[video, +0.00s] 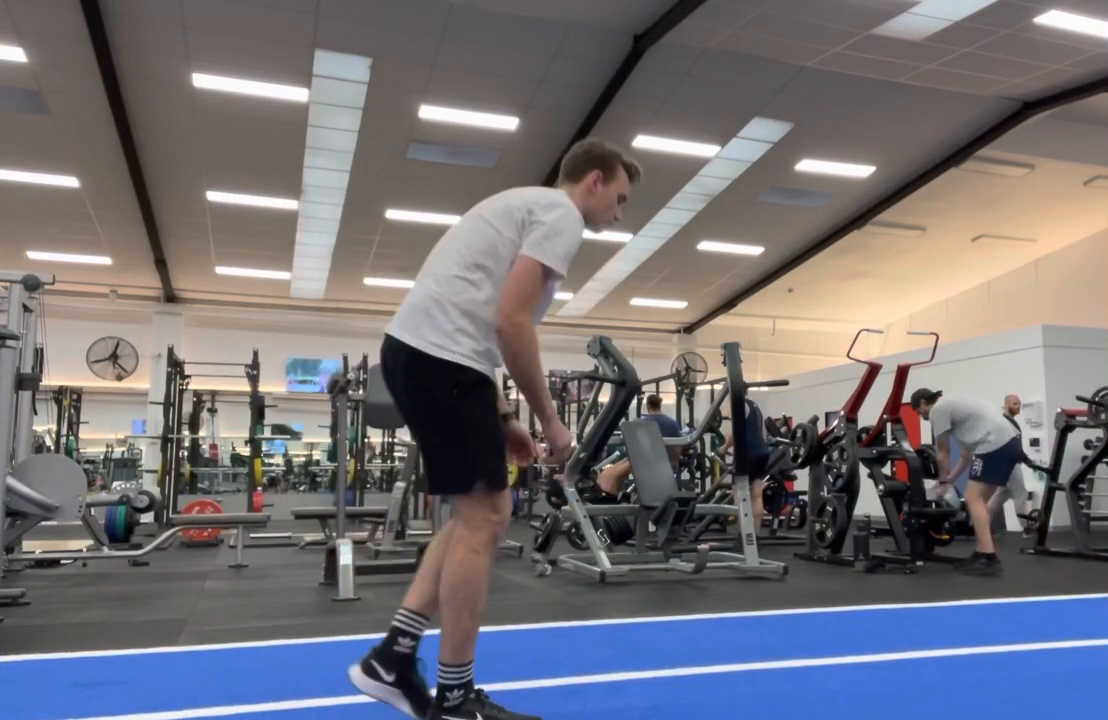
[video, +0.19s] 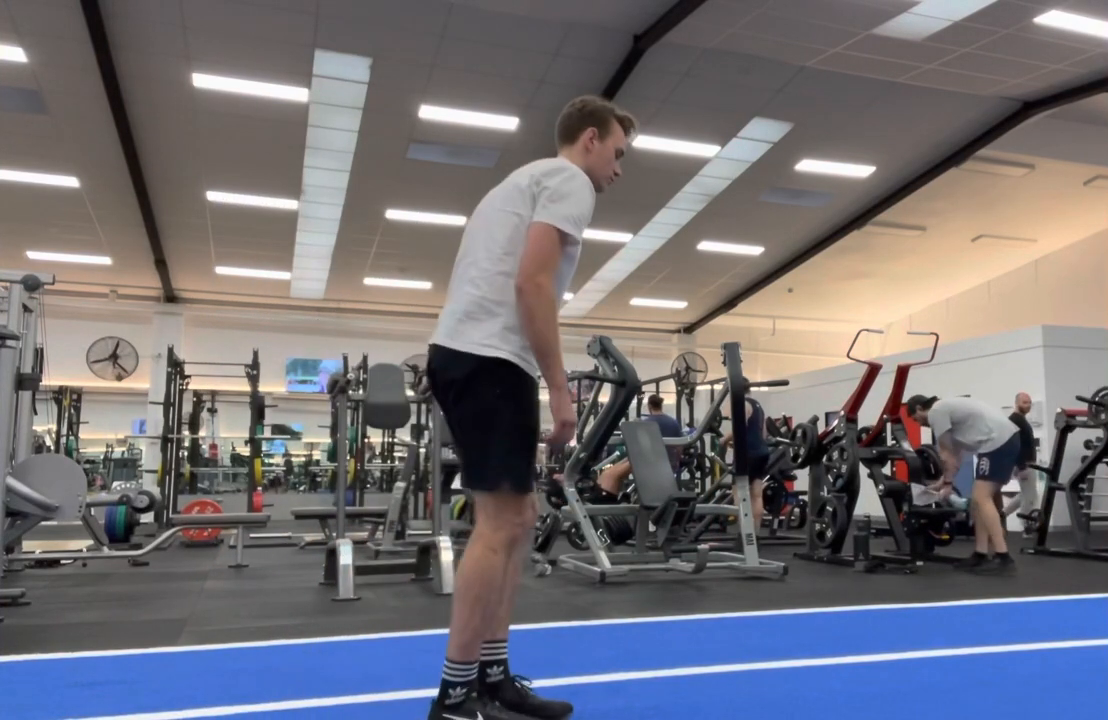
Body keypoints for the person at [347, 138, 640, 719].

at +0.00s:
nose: (616, 215)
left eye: (622, 205)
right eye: (618, 200)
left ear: (581, 179)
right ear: (594, 180)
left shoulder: (518, 205)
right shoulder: (558, 212)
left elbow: (461, 328)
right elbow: (513, 319)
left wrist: (499, 423)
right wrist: (548, 417)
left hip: (418, 350)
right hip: (444, 356)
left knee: (479, 512)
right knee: (483, 517)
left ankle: (395, 653)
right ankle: (454, 697)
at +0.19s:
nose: (617, 170)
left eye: (622, 158)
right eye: (617, 153)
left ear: (574, 140)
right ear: (589, 138)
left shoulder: (520, 183)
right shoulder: (568, 180)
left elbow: (484, 287)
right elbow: (533, 280)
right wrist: (559, 388)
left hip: (465, 358)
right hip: (491, 360)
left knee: (517, 517)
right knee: (498, 523)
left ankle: (491, 676)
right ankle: (455, 694)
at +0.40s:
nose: (629, 154)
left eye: (632, 144)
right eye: (626, 140)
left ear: (583, 131)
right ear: (597, 128)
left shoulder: (534, 176)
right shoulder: (573, 171)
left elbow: (509, 287)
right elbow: (544, 269)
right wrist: (581, 372)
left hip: (487, 361)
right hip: (526, 359)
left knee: (518, 518)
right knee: (593, 506)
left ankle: (492, 682)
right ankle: (506, 662)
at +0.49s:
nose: (645, 150)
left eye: (647, 139)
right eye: (642, 135)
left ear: (602, 126)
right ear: (612, 125)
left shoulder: (553, 171)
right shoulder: (588, 167)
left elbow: (535, 278)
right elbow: (555, 263)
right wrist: (591, 364)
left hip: (503, 355)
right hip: (540, 353)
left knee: (518, 516)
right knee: (595, 503)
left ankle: (489, 681)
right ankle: (573, 678)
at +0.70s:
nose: (690, 180)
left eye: (693, 169)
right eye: (690, 165)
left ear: (651, 151)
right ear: (664, 150)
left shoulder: (600, 187)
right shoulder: (636, 187)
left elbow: (571, 288)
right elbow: (594, 280)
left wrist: (606, 380)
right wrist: (616, 386)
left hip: (532, 361)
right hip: (562, 364)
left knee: (584, 516)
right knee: (602, 514)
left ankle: (510, 663)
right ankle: (607, 688)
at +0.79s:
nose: (714, 211)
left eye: (719, 201)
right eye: (717, 197)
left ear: (681, 176)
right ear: (693, 178)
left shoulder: (622, 203)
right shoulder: (665, 209)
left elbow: (566, 301)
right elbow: (618, 300)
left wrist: (545, 421)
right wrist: (622, 410)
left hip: (541, 360)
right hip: (565, 365)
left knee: (620, 502)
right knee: (610, 514)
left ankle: (563, 652)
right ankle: (608, 688)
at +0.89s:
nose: (736, 243)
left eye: (742, 235)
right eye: (739, 229)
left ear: (701, 203)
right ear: (720, 208)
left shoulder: (642, 223)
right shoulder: (690, 233)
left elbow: (573, 310)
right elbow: (638, 319)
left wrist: (542, 419)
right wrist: (623, 429)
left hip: (544, 364)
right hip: (568, 367)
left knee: (629, 509)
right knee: (618, 517)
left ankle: (633, 662)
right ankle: (607, 692)